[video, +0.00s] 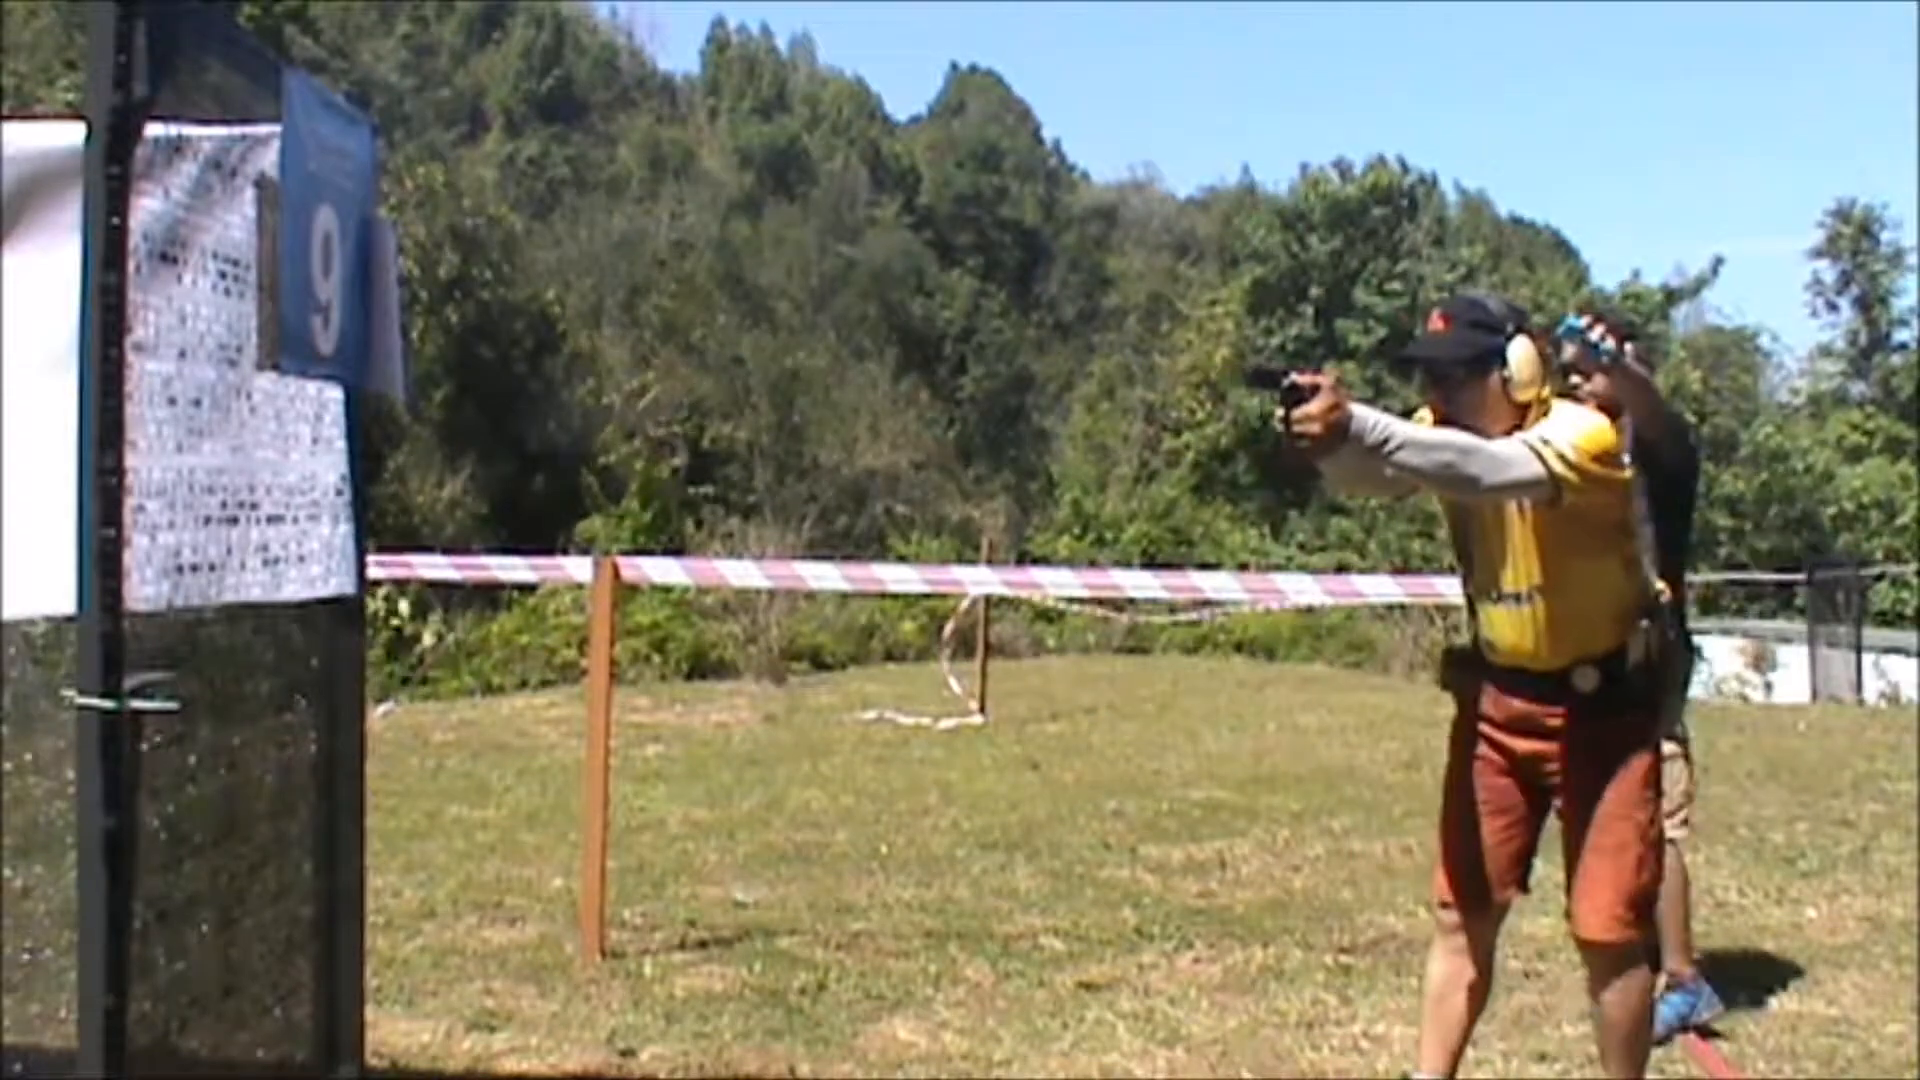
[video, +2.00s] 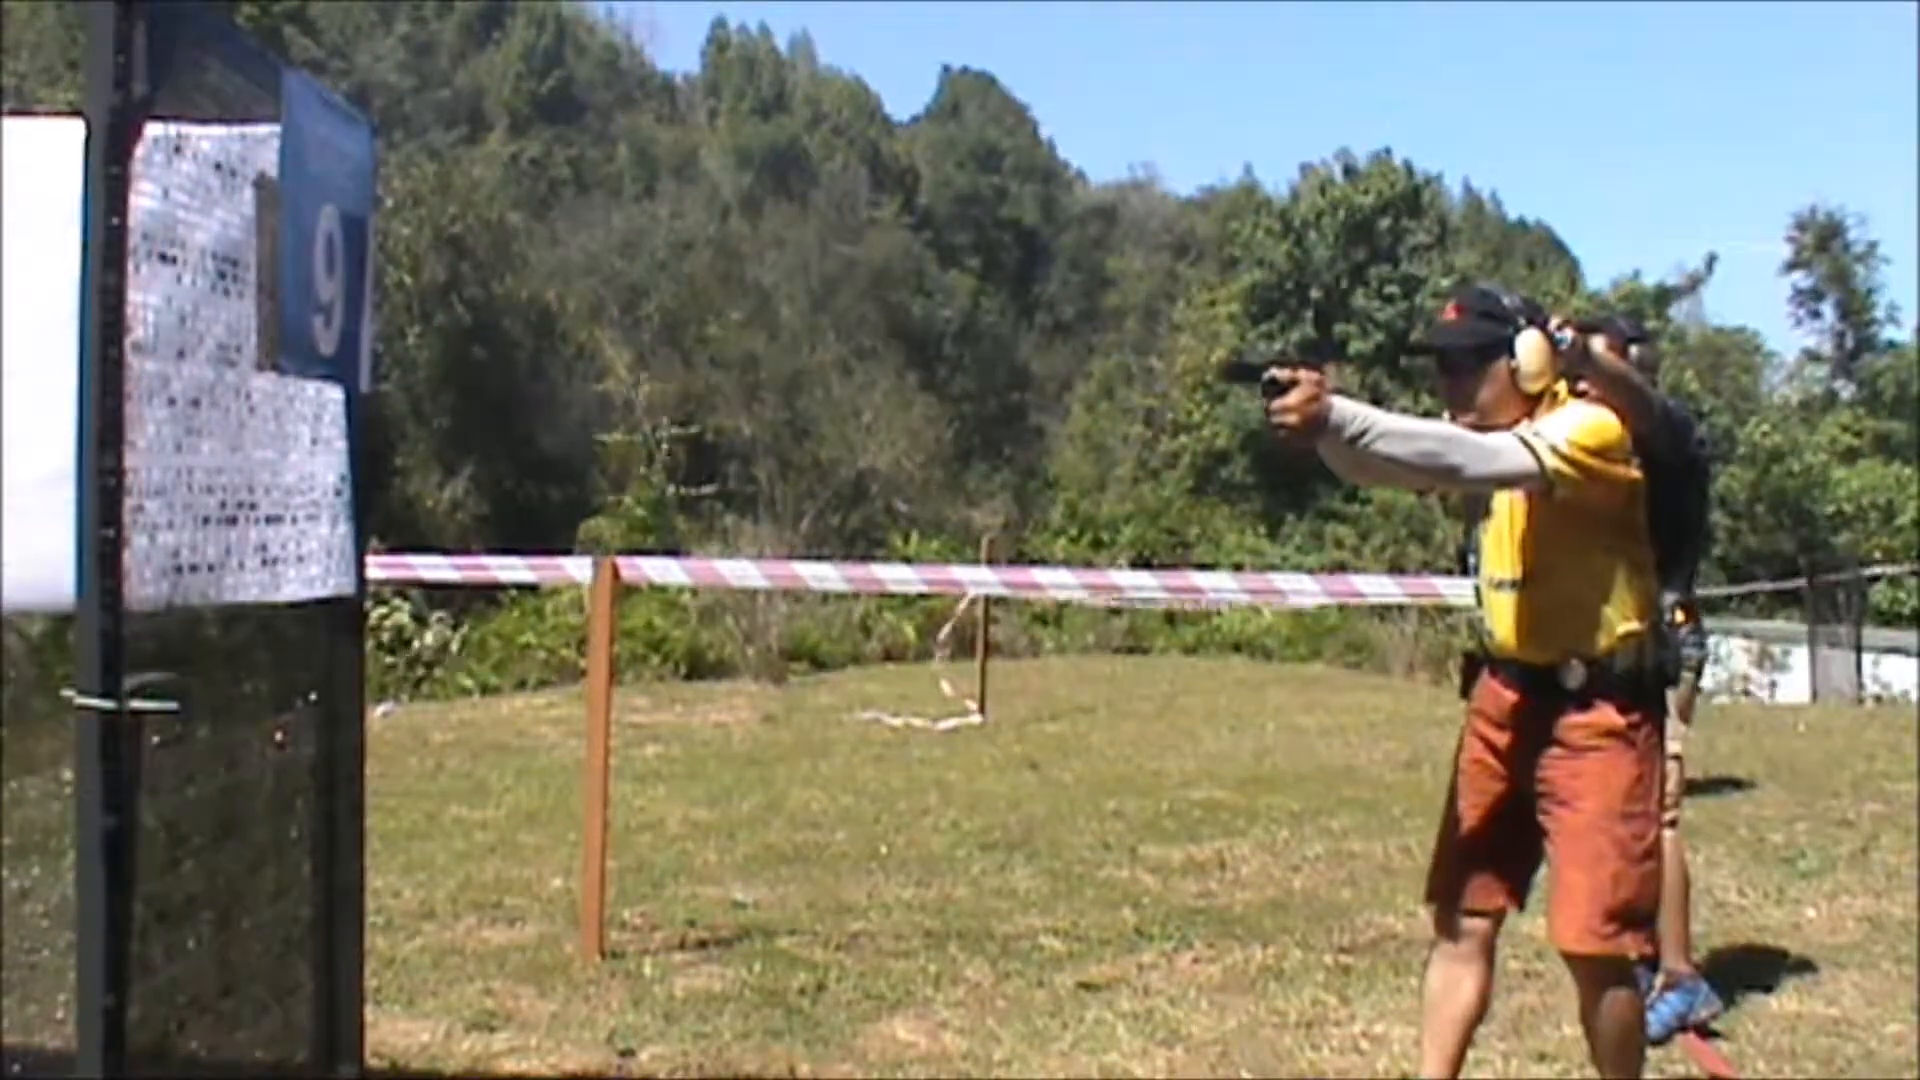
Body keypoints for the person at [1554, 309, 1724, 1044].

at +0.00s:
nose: (1586, 387)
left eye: (1599, 374)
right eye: (1579, 373)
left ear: (1634, 376)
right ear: (1569, 378)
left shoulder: (1668, 451)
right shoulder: (1567, 442)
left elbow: (1658, 423)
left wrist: (1626, 372)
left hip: (1648, 640)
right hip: (1579, 639)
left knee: (1660, 804)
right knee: (1604, 808)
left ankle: (1679, 973)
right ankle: (1631, 974)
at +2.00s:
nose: (1601, 374)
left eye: (1616, 360)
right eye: (1596, 361)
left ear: (1639, 365)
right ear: (1586, 371)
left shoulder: (1671, 438)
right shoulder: (1578, 434)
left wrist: (1586, 356)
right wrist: (1556, 362)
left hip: (1661, 621)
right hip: (1599, 628)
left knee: (1658, 806)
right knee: (1615, 803)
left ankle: (1678, 971)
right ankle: (1642, 966)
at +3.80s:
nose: (1570, 393)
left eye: (1580, 377)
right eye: (1566, 381)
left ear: (1614, 371)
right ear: (1587, 378)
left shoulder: (1651, 438)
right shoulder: (1613, 450)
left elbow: (1614, 395)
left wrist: (1559, 351)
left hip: (1635, 658)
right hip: (1606, 655)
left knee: (1619, 819)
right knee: (1620, 819)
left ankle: (1674, 972)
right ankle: (1653, 964)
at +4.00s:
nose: (1538, 397)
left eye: (1549, 383)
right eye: (1536, 384)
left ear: (1582, 379)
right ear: (1554, 386)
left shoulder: (1618, 442)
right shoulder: (1603, 452)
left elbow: (1590, 402)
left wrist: (1532, 358)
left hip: (1605, 656)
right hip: (1624, 656)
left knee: (1550, 810)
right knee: (1628, 816)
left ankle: (1596, 969)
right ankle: (1658, 965)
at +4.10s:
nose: (1521, 404)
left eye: (1531, 389)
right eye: (1519, 392)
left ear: (1558, 384)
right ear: (1528, 396)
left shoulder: (1597, 447)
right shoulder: (1578, 459)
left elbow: (1565, 404)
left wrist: (1514, 364)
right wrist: (1495, 529)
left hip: (1585, 655)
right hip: (1608, 655)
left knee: (1530, 810)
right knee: (1617, 810)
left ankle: (1527, 975)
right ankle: (1657, 965)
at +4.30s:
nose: (1456, 385)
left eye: (1467, 376)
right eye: (1455, 376)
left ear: (1500, 386)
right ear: (1471, 393)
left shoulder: (1530, 452)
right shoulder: (1485, 465)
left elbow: (1475, 411)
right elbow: (1474, 556)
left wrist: (1437, 379)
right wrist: (1443, 529)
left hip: (1515, 672)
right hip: (1533, 669)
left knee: (1456, 826)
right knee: (1576, 815)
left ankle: (1420, 979)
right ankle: (1654, 963)